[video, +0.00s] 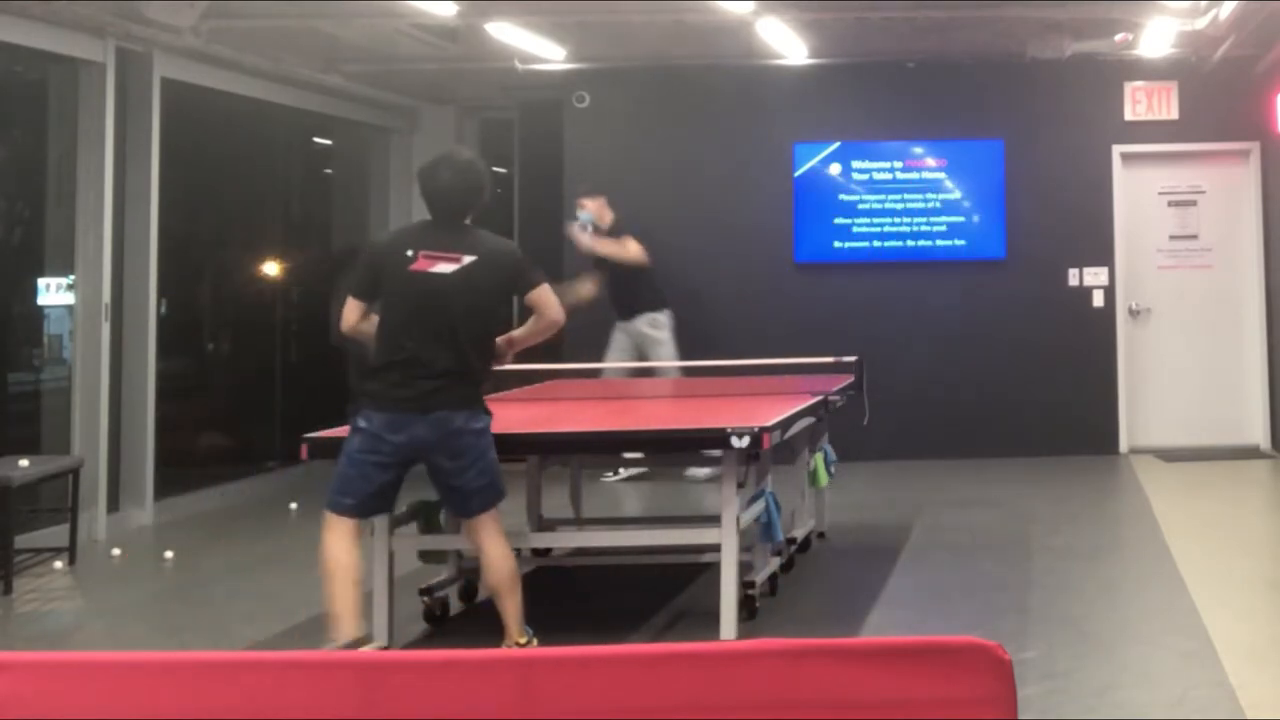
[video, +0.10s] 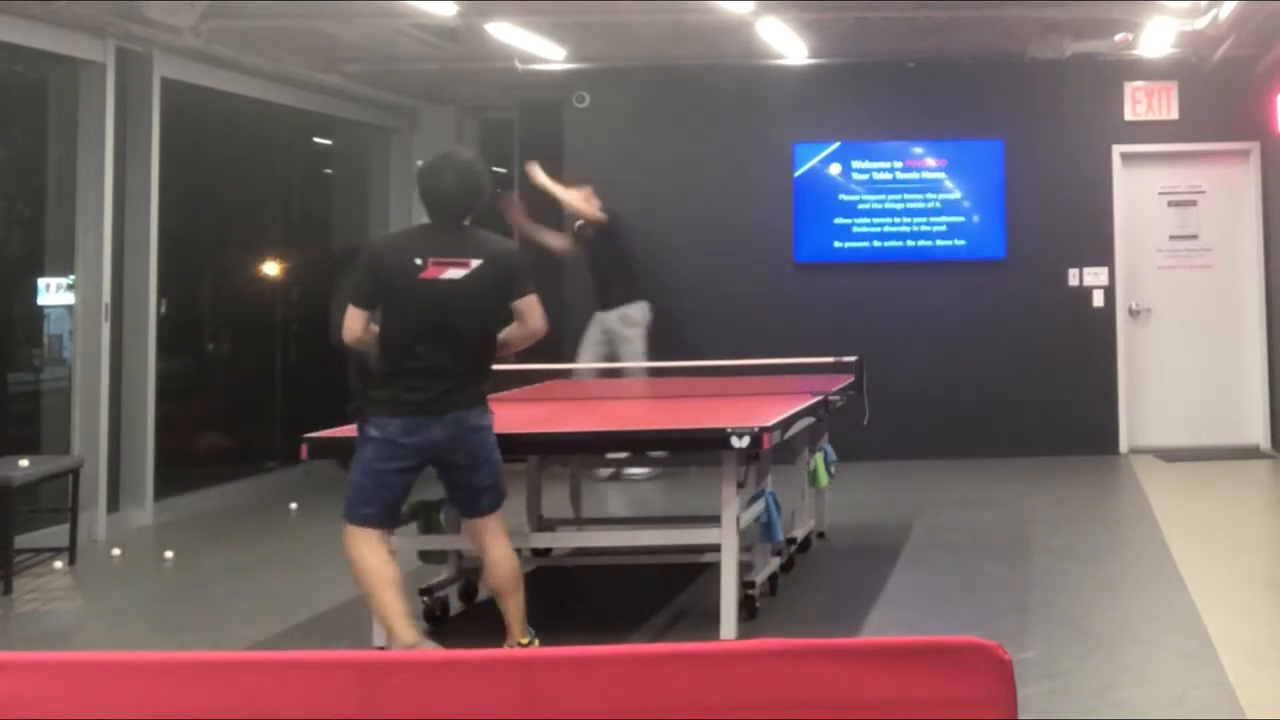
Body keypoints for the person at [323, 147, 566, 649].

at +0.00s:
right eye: (478, 192)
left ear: (425, 197)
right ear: (479, 198)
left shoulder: (389, 248)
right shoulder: (502, 254)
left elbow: (350, 323)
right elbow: (552, 316)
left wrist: (400, 337)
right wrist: (507, 344)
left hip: (386, 416)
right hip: (459, 416)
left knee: (341, 521)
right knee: (485, 524)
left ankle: (347, 639)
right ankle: (516, 638)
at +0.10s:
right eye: (471, 192)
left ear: (423, 197)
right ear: (479, 198)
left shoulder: (386, 251)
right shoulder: (502, 254)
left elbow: (353, 332)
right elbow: (535, 325)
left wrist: (396, 343)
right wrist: (487, 346)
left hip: (397, 422)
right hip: (467, 418)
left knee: (363, 532)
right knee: (489, 527)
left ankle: (409, 643)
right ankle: (519, 639)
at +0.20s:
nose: (398, 197)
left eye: (404, 190)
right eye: (401, 188)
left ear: (417, 201)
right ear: (461, 200)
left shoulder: (391, 259)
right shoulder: (489, 253)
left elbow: (370, 348)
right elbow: (508, 329)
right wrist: (464, 344)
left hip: (403, 432)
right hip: (465, 424)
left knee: (372, 545)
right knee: (478, 525)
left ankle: (430, 659)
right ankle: (518, 637)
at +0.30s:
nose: (381, 183)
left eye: (393, 179)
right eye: (388, 174)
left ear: (415, 204)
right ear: (429, 205)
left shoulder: (408, 258)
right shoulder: (454, 246)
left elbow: (406, 347)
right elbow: (456, 337)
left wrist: (366, 362)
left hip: (405, 429)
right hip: (444, 421)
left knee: (366, 550)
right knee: (441, 526)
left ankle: (432, 663)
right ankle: (503, 623)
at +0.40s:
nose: (380, 177)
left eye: (393, 171)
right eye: (384, 167)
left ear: (421, 191)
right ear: (413, 190)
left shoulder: (434, 246)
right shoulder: (398, 241)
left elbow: (440, 335)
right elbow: (399, 327)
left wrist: (373, 364)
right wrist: (369, 377)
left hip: (416, 417)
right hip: (392, 412)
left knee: (390, 540)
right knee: (388, 529)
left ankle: (431, 657)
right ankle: (465, 608)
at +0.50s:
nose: (374, 174)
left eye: (389, 167)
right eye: (374, 164)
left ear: (422, 182)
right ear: (370, 169)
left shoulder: (444, 239)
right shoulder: (369, 234)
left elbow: (461, 327)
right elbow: (357, 314)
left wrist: (379, 368)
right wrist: (347, 388)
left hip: (416, 420)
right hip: (362, 414)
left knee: (415, 544)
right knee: (325, 530)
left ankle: (436, 664)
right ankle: (394, 613)